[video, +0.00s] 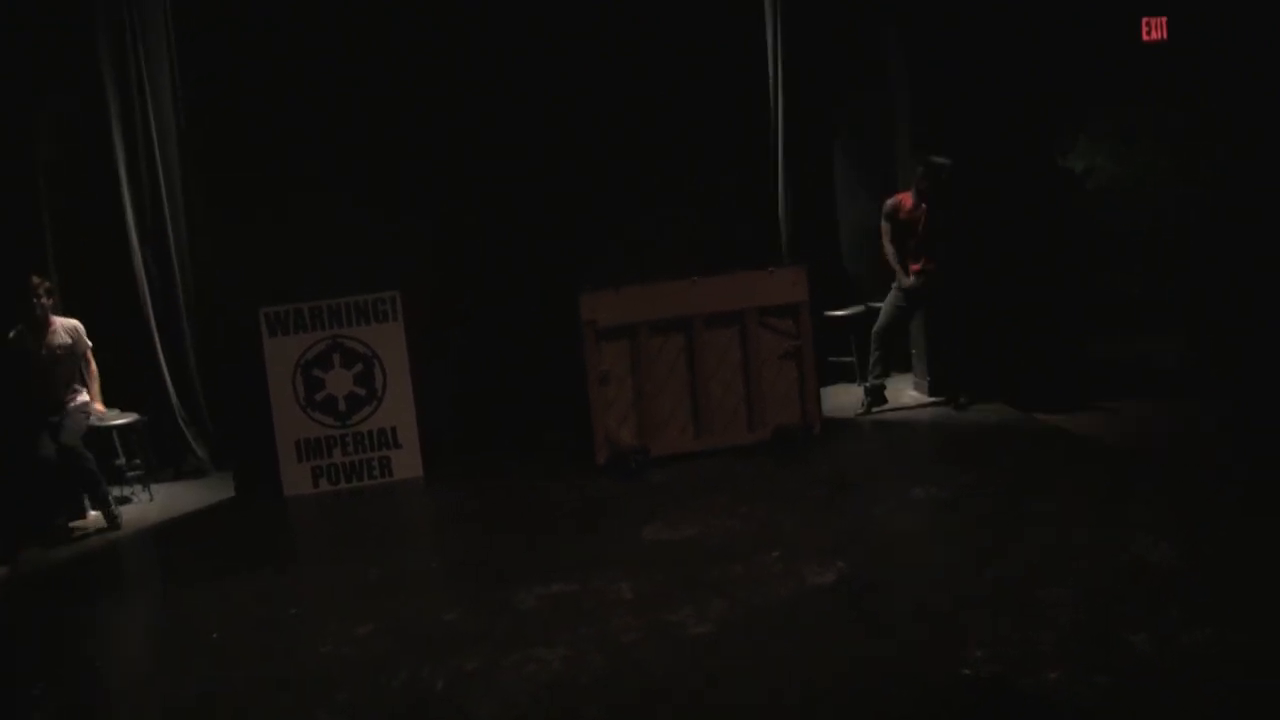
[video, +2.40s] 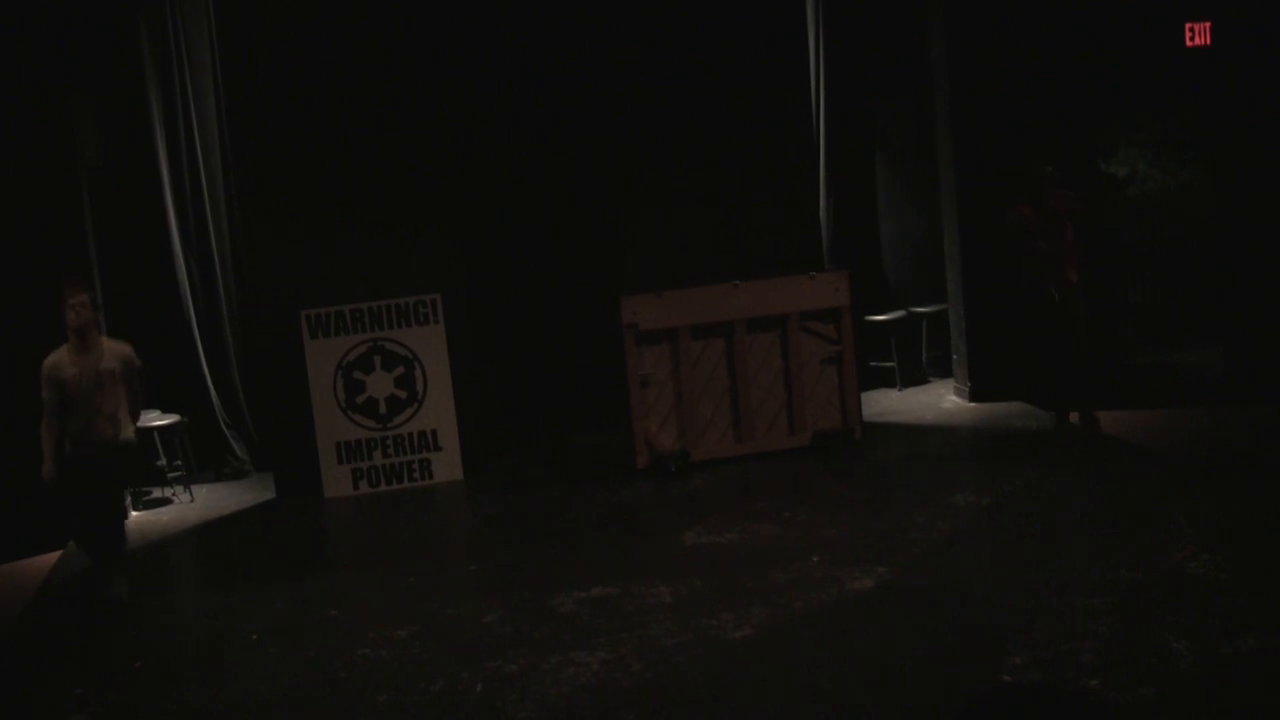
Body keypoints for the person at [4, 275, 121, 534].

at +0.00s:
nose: (36, 303)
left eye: (40, 297)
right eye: (31, 298)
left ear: (50, 299)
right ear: (25, 303)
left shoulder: (71, 328)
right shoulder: (18, 338)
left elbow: (89, 363)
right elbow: (17, 380)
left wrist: (96, 400)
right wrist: (21, 410)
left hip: (72, 400)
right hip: (39, 406)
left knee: (69, 445)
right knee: (44, 457)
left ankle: (105, 506)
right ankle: (55, 521)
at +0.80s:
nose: (48, 339)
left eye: (52, 334)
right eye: (44, 335)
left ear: (62, 337)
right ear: (39, 339)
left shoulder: (81, 370)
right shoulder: (36, 375)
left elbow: (89, 408)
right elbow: (34, 419)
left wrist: (87, 440)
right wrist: (39, 452)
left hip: (82, 433)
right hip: (55, 436)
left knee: (82, 459)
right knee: (57, 465)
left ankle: (110, 513)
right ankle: (69, 525)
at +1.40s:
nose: (90, 344)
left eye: (95, 337)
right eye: (86, 338)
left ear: (104, 340)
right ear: (79, 341)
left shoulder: (122, 368)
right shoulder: (69, 373)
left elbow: (133, 404)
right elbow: (61, 409)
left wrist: (132, 435)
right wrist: (70, 433)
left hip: (115, 426)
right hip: (83, 429)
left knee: (120, 468)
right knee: (90, 474)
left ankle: (130, 510)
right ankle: (97, 521)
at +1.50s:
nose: (88, 297)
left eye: (91, 290)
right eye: (83, 291)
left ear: (100, 294)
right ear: (76, 297)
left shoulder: (121, 327)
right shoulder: (66, 331)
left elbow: (131, 366)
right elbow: (55, 373)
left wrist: (132, 399)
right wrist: (71, 397)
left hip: (116, 405)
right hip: (84, 408)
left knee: (121, 460)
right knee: (92, 465)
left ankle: (134, 511)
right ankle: (100, 521)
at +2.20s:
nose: (73, 298)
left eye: (78, 292)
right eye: (68, 294)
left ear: (89, 298)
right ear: (60, 301)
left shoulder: (116, 335)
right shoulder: (50, 345)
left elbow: (136, 376)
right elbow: (47, 392)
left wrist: (138, 418)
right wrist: (52, 429)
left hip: (112, 431)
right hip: (72, 434)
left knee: (115, 495)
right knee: (82, 501)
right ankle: (99, 564)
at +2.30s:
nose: (73, 298)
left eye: (78, 292)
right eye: (67, 293)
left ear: (89, 297)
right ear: (60, 301)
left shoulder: (118, 336)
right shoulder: (49, 350)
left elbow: (135, 378)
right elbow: (50, 400)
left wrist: (137, 415)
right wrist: (54, 443)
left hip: (116, 431)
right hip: (75, 437)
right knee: (85, 507)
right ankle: (103, 566)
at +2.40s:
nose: (78, 313)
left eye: (83, 306)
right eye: (72, 308)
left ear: (95, 311)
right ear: (65, 316)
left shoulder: (121, 353)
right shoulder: (54, 364)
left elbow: (135, 399)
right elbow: (50, 417)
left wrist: (131, 430)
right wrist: (48, 461)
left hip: (117, 447)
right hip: (77, 450)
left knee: (112, 514)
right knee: (81, 517)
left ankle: (117, 578)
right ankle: (95, 580)